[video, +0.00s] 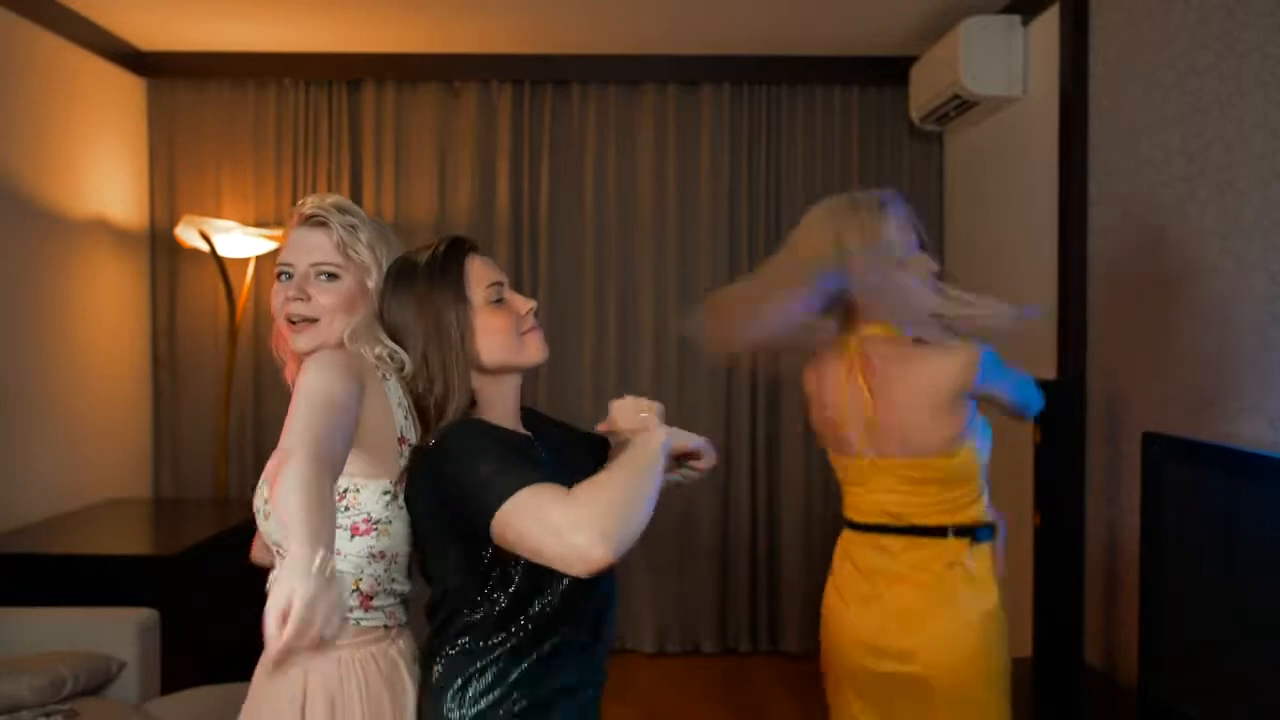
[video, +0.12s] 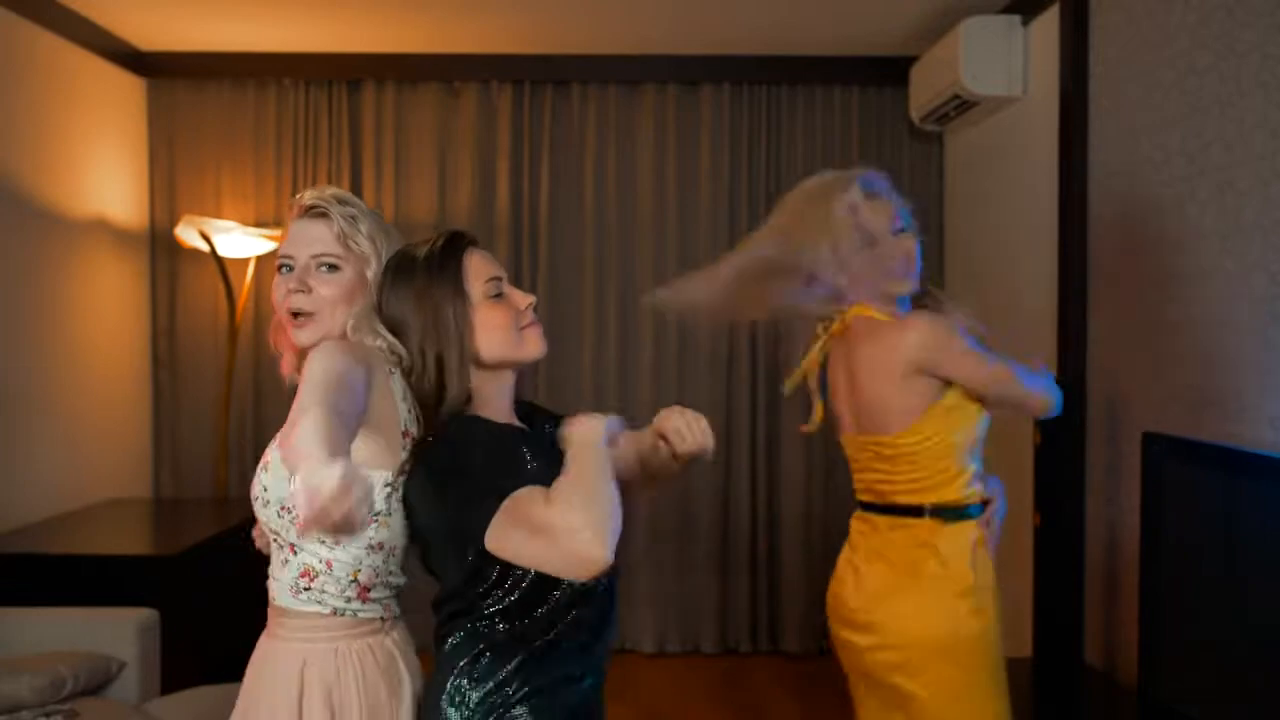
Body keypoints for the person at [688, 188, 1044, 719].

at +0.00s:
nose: (932, 265)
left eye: (921, 249)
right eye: (913, 251)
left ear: (847, 279)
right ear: (886, 274)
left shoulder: (820, 373)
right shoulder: (955, 365)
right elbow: (1032, 400)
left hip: (857, 592)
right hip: (946, 599)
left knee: (860, 712)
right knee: (964, 711)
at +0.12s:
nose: (909, 243)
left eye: (906, 226)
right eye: (890, 233)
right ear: (845, 258)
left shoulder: (841, 342)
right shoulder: (918, 337)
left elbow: (909, 437)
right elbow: (1044, 398)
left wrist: (984, 488)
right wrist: (974, 347)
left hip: (872, 584)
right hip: (931, 596)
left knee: (886, 711)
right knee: (967, 709)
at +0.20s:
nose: (874, 251)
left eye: (886, 230)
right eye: (850, 241)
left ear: (912, 239)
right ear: (827, 261)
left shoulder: (868, 334)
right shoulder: (894, 332)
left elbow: (920, 456)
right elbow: (1028, 412)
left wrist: (982, 486)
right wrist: (1005, 355)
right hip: (917, 600)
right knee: (966, 710)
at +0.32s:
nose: (862, 265)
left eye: (879, 244)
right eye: (846, 257)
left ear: (917, 250)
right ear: (838, 277)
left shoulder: (937, 356)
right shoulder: (858, 340)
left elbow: (967, 472)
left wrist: (995, 496)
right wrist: (992, 379)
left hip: (945, 602)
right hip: (901, 605)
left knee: (987, 708)